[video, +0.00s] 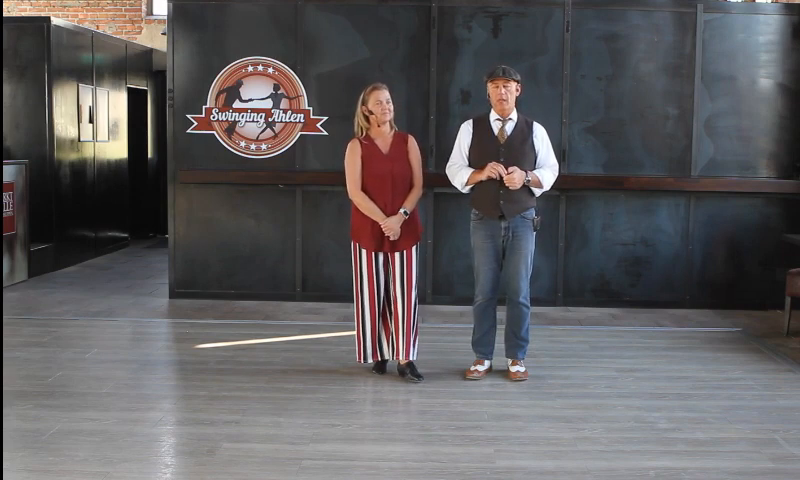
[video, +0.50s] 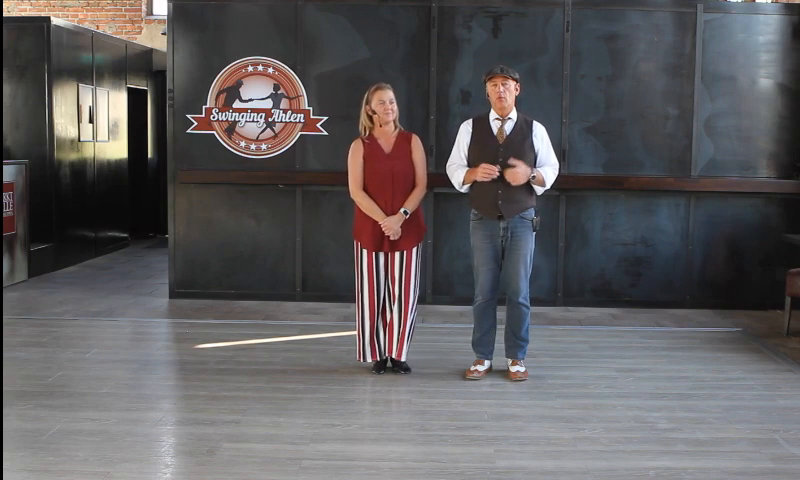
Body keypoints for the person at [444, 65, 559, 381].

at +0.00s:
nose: (502, 93)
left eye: (507, 87)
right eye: (496, 87)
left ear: (517, 90)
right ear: (488, 91)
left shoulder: (534, 130)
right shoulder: (470, 128)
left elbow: (550, 171)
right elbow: (454, 170)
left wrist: (526, 177)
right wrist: (480, 174)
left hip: (522, 221)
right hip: (483, 221)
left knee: (518, 293)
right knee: (484, 292)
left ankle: (516, 359)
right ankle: (482, 358)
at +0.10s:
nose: (502, 93)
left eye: (507, 87)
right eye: (496, 87)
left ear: (517, 90)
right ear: (488, 92)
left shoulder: (534, 130)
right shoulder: (470, 128)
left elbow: (550, 171)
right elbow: (454, 170)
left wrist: (526, 177)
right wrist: (480, 174)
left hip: (522, 220)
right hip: (483, 220)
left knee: (518, 292)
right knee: (484, 292)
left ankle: (516, 359)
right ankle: (482, 358)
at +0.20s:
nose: (501, 92)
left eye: (506, 87)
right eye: (495, 87)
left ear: (516, 90)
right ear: (488, 92)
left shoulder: (534, 130)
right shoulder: (470, 128)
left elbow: (550, 170)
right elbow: (454, 170)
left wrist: (525, 177)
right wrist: (479, 174)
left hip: (522, 221)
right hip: (483, 221)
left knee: (518, 292)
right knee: (484, 292)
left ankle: (516, 359)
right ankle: (482, 358)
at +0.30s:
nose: (500, 91)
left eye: (506, 85)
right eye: (495, 86)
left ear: (516, 90)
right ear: (487, 92)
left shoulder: (534, 130)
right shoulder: (470, 128)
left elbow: (551, 169)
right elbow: (453, 170)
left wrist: (526, 177)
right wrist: (479, 174)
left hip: (522, 220)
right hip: (483, 220)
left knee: (518, 292)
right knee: (484, 292)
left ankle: (516, 359)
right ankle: (482, 358)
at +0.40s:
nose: (500, 90)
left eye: (506, 85)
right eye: (495, 86)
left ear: (516, 90)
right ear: (487, 92)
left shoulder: (534, 130)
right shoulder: (470, 128)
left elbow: (551, 169)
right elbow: (453, 169)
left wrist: (528, 176)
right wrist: (475, 174)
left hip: (521, 221)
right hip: (483, 220)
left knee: (518, 292)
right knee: (484, 292)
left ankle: (516, 359)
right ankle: (482, 358)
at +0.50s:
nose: (500, 90)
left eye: (505, 85)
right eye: (495, 86)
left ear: (516, 90)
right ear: (487, 92)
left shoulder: (534, 130)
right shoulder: (470, 128)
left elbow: (551, 170)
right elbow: (454, 170)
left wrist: (531, 174)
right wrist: (472, 173)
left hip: (521, 220)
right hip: (482, 220)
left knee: (518, 292)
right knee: (484, 292)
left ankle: (516, 359)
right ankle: (482, 358)